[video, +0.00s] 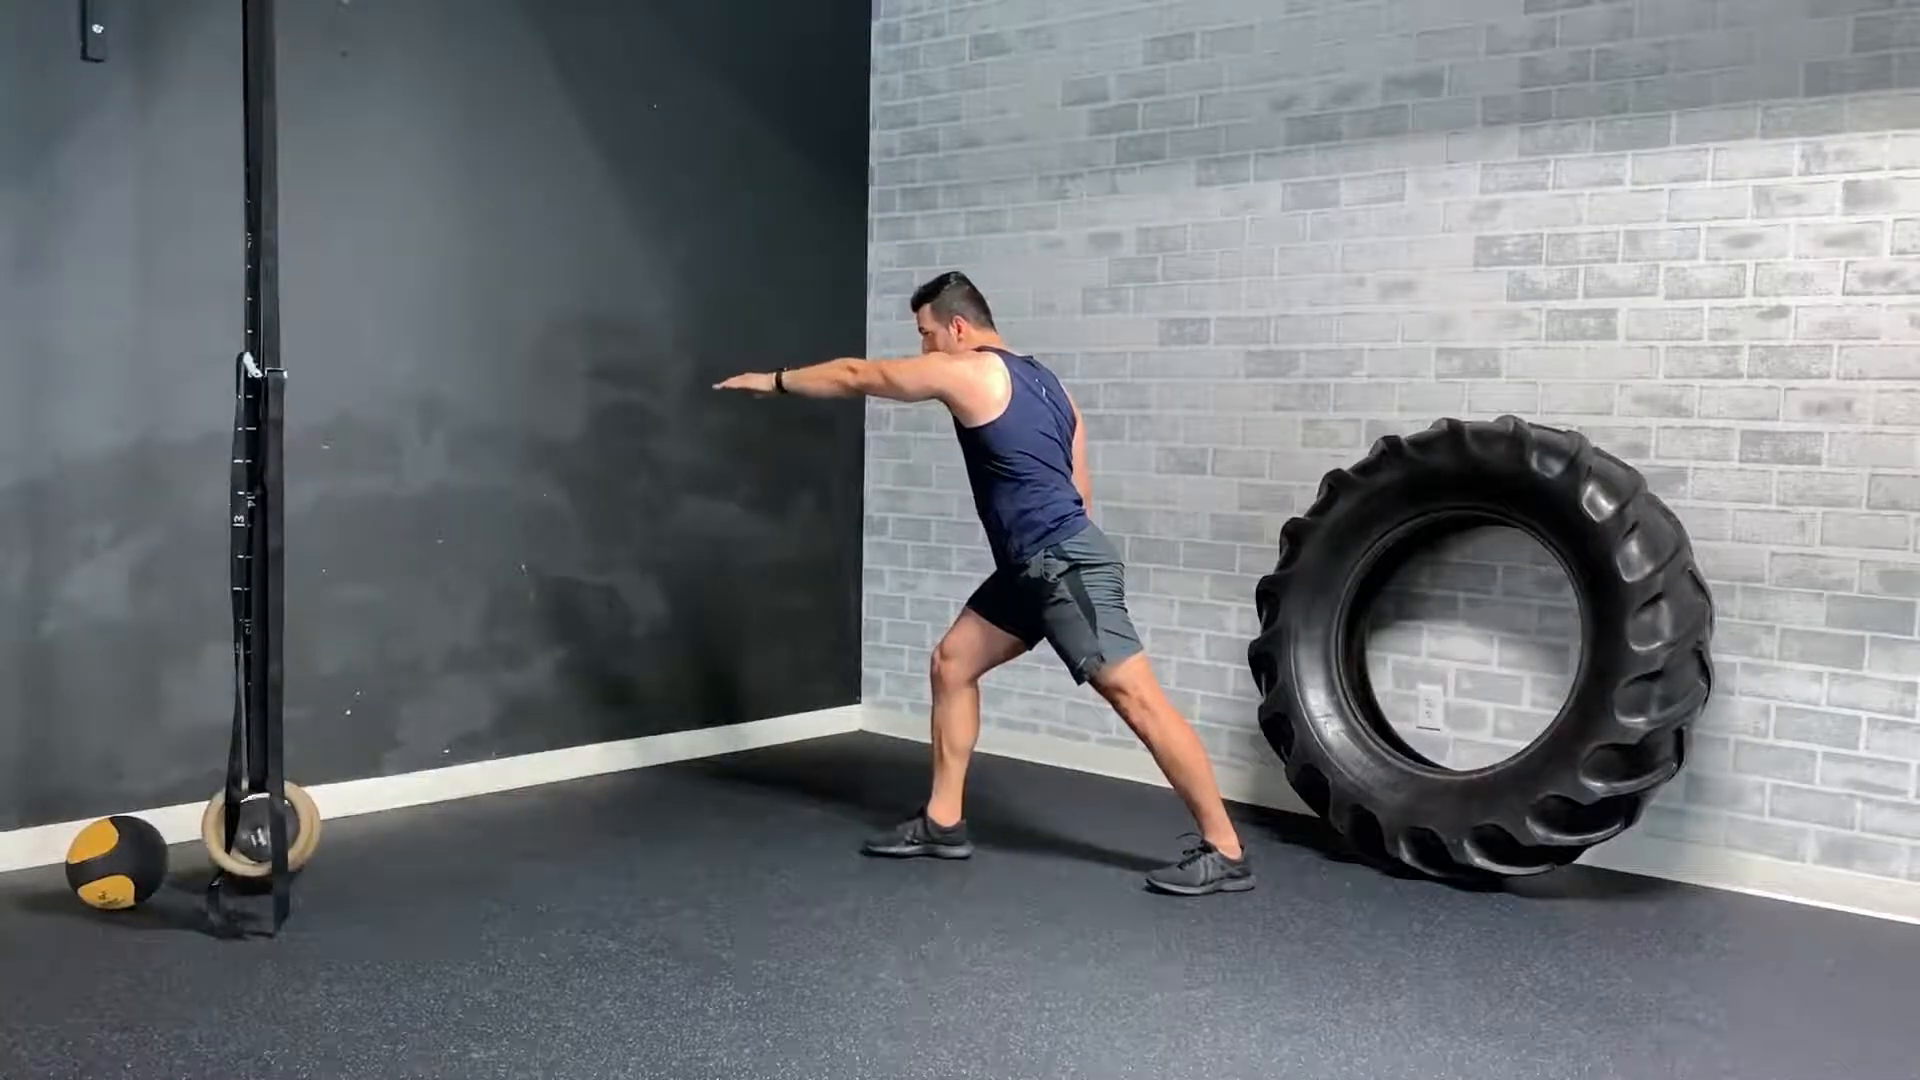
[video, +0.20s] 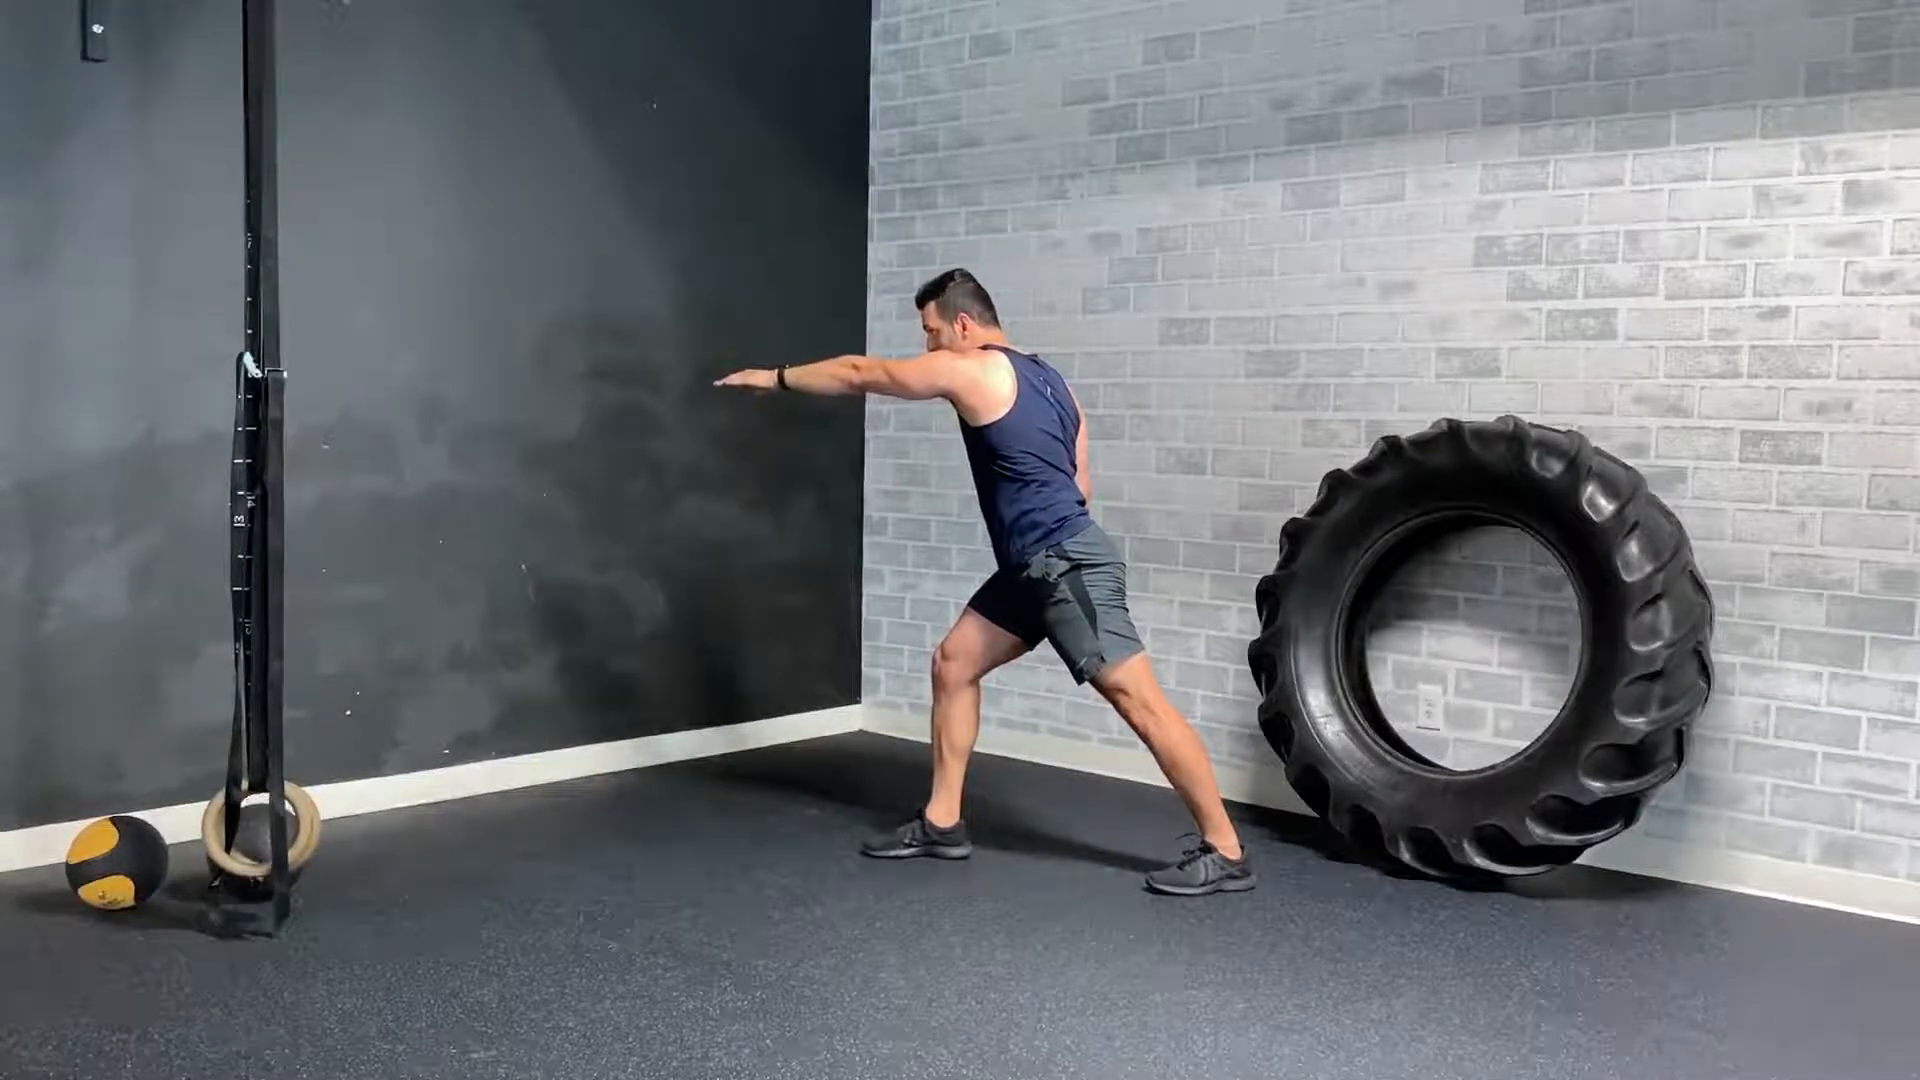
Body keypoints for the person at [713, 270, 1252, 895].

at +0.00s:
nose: (924, 349)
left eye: (926, 335)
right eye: (922, 337)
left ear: (957, 325)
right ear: (977, 324)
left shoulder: (966, 371)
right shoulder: (1047, 384)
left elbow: (860, 376)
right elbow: (1076, 489)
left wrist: (774, 380)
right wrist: (1066, 550)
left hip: (1064, 560)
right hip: (1039, 568)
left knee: (1140, 701)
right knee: (953, 662)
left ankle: (1226, 850)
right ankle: (942, 822)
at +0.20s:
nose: (928, 347)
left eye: (931, 333)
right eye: (926, 335)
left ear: (964, 322)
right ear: (983, 322)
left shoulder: (967, 368)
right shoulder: (1051, 382)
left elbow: (864, 374)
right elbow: (1078, 487)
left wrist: (777, 376)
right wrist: (1041, 547)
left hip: (1067, 562)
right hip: (1041, 569)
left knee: (1144, 705)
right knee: (955, 662)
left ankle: (1225, 850)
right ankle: (941, 822)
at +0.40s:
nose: (932, 343)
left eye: (934, 329)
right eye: (931, 331)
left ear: (966, 319)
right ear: (985, 318)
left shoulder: (971, 370)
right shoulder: (1057, 381)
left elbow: (869, 388)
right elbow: (1080, 488)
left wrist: (778, 398)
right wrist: (1043, 547)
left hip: (1066, 560)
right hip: (1045, 567)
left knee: (1140, 701)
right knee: (957, 662)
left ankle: (1226, 849)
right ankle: (942, 822)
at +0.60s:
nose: (950, 334)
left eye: (953, 319)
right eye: (948, 321)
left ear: (985, 313)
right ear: (1003, 313)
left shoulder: (992, 379)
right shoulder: (1070, 378)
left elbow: (914, 471)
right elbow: (1087, 490)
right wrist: (1051, 550)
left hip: (1069, 564)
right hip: (1045, 565)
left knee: (1139, 704)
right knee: (959, 662)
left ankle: (1225, 848)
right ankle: (942, 825)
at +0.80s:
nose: (964, 324)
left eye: (967, 310)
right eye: (962, 311)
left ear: (1000, 305)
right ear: (1014, 305)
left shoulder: (1016, 380)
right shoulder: (1067, 365)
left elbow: (1032, 493)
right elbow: (1093, 481)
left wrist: (1033, 588)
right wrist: (1053, 547)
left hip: (1076, 559)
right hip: (1058, 555)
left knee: (1141, 700)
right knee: (965, 666)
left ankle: (1225, 848)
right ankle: (940, 824)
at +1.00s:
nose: (974, 317)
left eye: (979, 303)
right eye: (973, 305)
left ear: (1015, 298)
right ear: (1020, 300)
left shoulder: (1059, 372)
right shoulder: (1045, 368)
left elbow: (1095, 472)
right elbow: (1073, 477)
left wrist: (1091, 576)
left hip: (1083, 564)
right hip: (1045, 564)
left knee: (1152, 701)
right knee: (970, 671)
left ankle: (1226, 849)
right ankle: (941, 825)